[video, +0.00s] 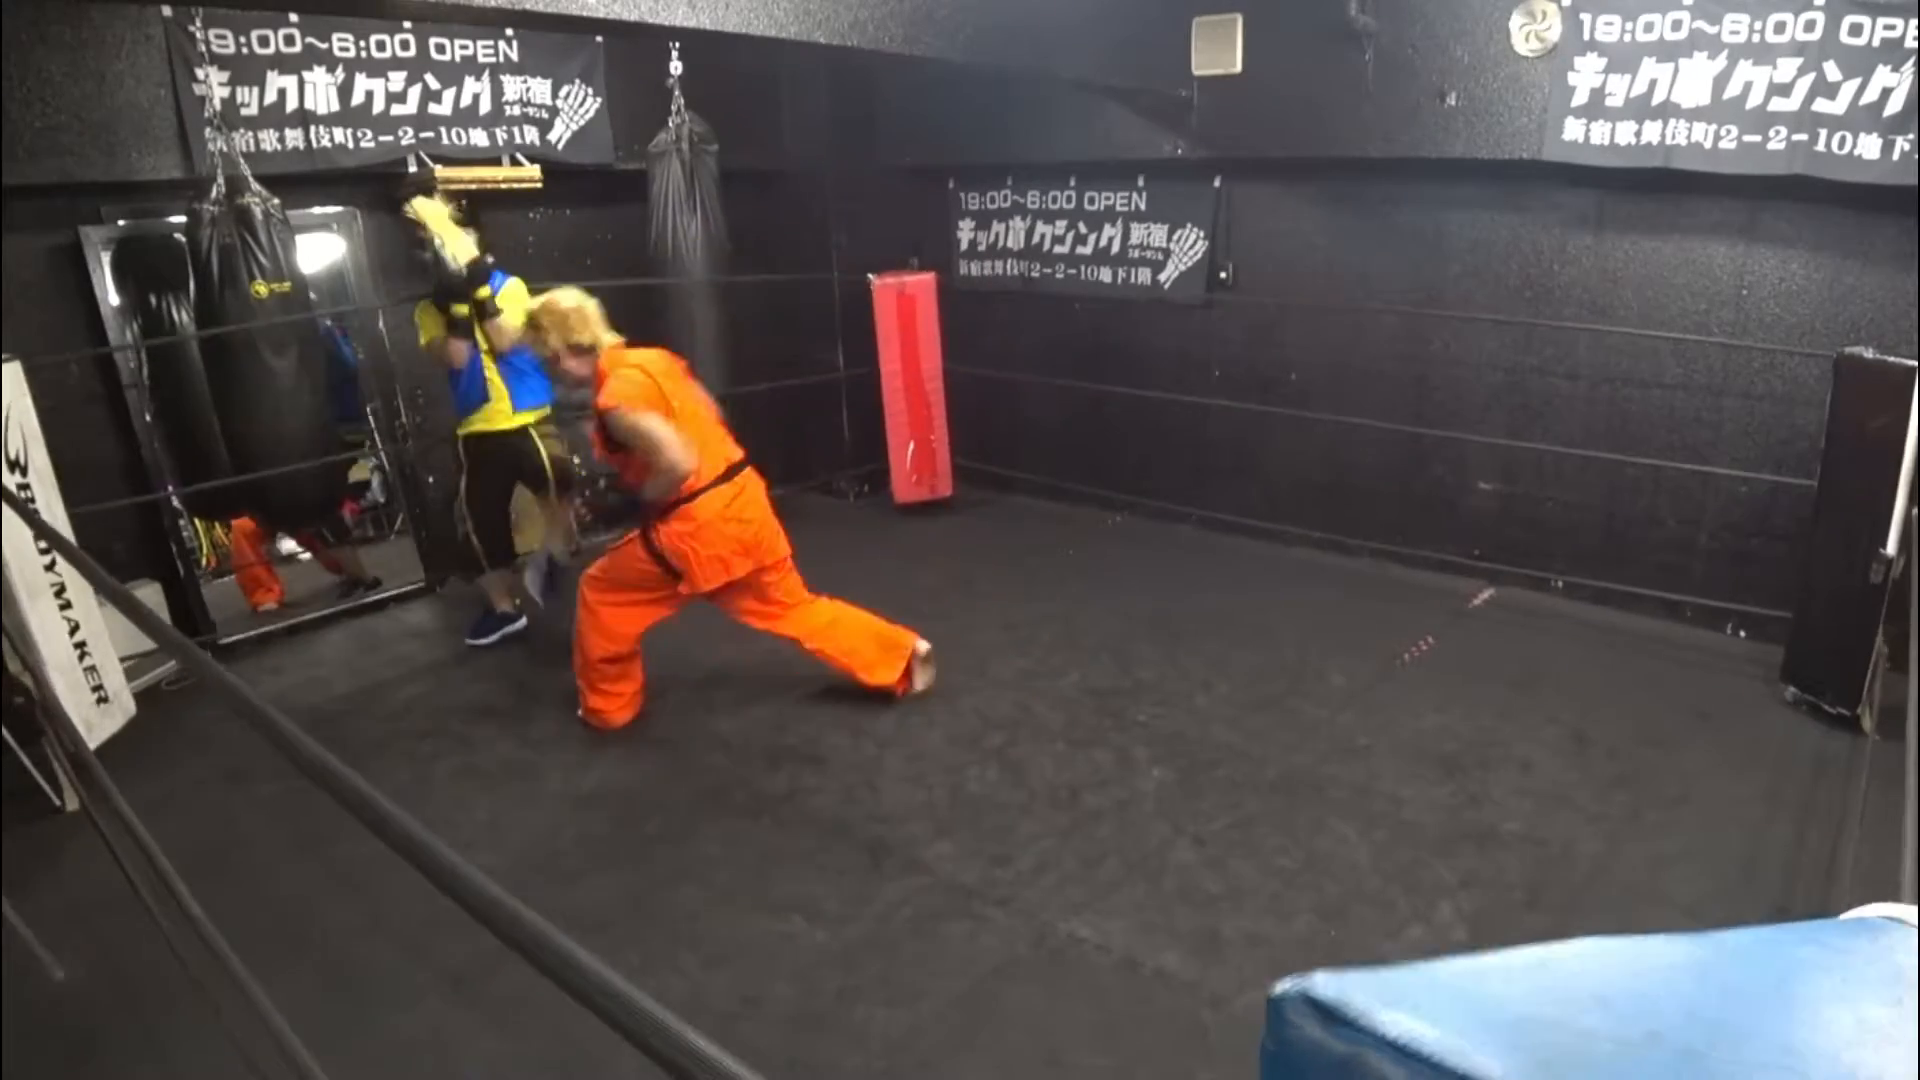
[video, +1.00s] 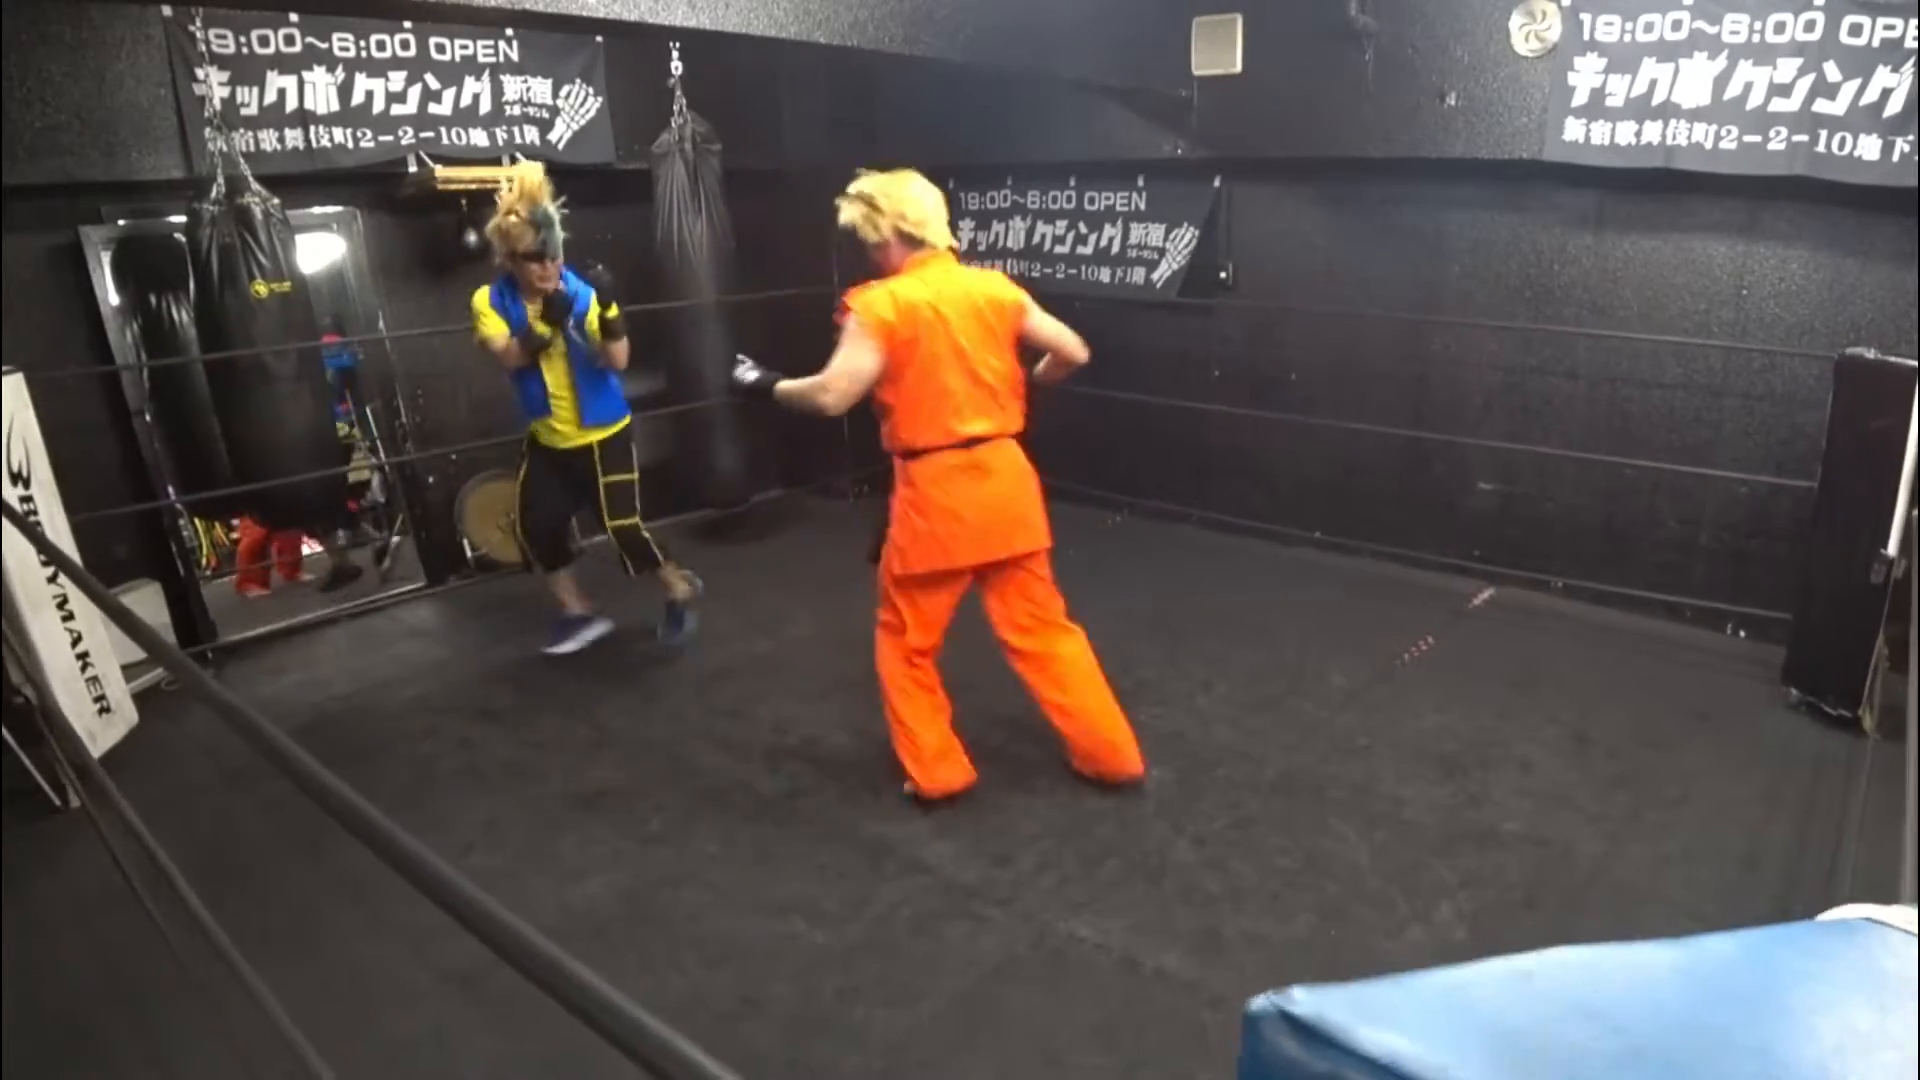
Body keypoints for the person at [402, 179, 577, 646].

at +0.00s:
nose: (438, 254)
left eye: (445, 241)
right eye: (430, 246)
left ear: (467, 242)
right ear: (425, 255)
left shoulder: (508, 287)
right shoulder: (430, 308)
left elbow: (504, 341)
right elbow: (454, 359)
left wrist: (482, 297)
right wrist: (454, 310)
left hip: (529, 421)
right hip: (479, 430)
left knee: (558, 486)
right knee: (484, 519)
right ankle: (504, 606)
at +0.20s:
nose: (461, 271)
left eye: (466, 261)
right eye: (452, 264)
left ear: (485, 262)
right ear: (443, 270)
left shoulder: (519, 294)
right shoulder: (440, 311)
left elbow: (510, 345)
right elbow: (468, 362)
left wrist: (489, 297)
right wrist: (471, 313)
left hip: (531, 419)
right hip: (482, 434)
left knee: (553, 436)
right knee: (475, 524)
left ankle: (566, 518)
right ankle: (504, 607)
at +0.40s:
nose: (485, 299)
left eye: (491, 289)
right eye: (476, 292)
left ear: (506, 283)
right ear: (465, 291)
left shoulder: (540, 321)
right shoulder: (455, 336)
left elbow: (568, 381)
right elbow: (457, 399)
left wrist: (538, 353)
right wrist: (466, 364)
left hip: (560, 443)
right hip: (504, 452)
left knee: (600, 524)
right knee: (486, 531)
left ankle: (649, 587)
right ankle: (505, 609)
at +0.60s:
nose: (502, 315)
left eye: (507, 305)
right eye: (490, 307)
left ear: (516, 306)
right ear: (471, 314)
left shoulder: (549, 346)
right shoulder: (459, 362)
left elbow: (584, 402)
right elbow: (459, 426)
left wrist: (585, 391)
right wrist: (466, 416)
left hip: (577, 461)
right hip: (520, 471)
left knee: (616, 533)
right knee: (499, 545)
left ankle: (651, 586)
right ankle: (505, 608)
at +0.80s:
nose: (523, 300)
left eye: (530, 290)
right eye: (513, 292)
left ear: (543, 286)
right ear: (495, 293)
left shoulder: (570, 325)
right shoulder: (479, 340)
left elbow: (598, 382)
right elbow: (507, 383)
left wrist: (595, 349)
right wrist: (532, 346)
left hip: (586, 459)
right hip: (525, 469)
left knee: (625, 535)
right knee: (503, 554)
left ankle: (654, 606)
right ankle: (502, 608)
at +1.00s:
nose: (545, 269)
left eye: (551, 257)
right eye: (534, 260)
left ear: (560, 253)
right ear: (511, 261)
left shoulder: (585, 291)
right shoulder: (491, 301)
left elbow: (619, 358)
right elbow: (511, 358)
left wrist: (603, 310)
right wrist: (545, 322)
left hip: (604, 430)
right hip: (549, 437)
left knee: (624, 529)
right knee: (537, 528)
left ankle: (679, 589)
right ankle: (578, 612)